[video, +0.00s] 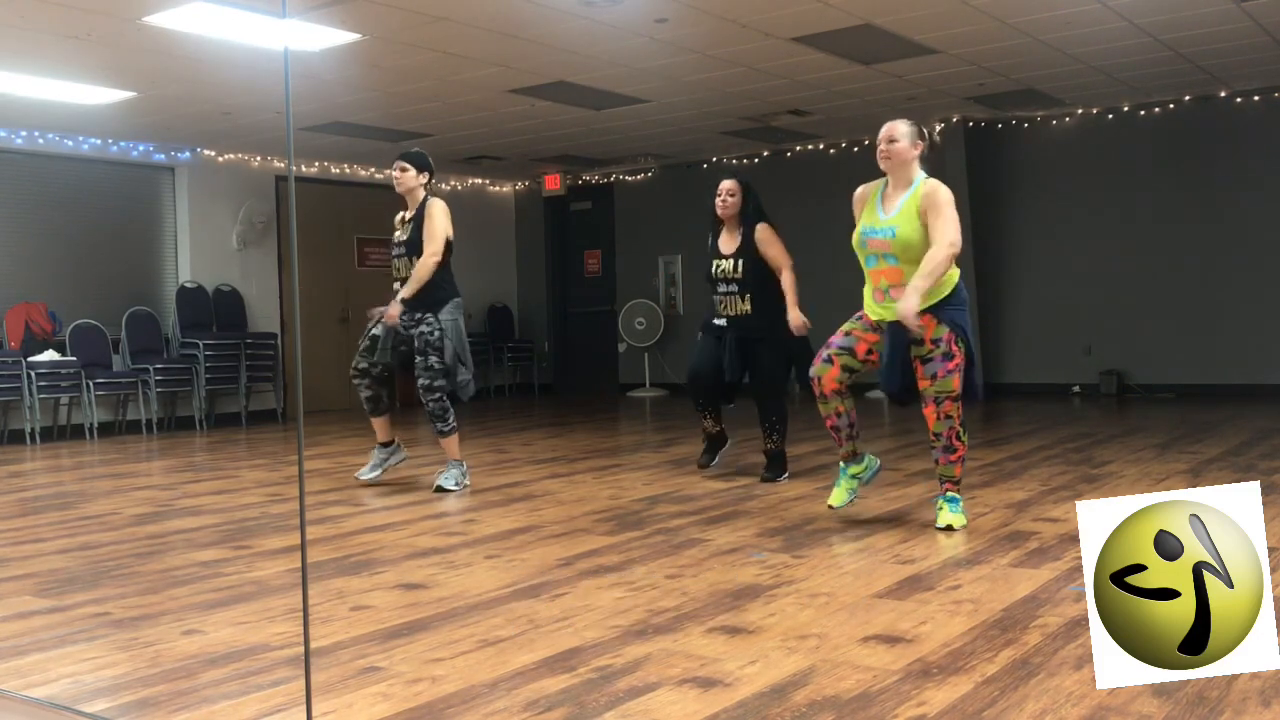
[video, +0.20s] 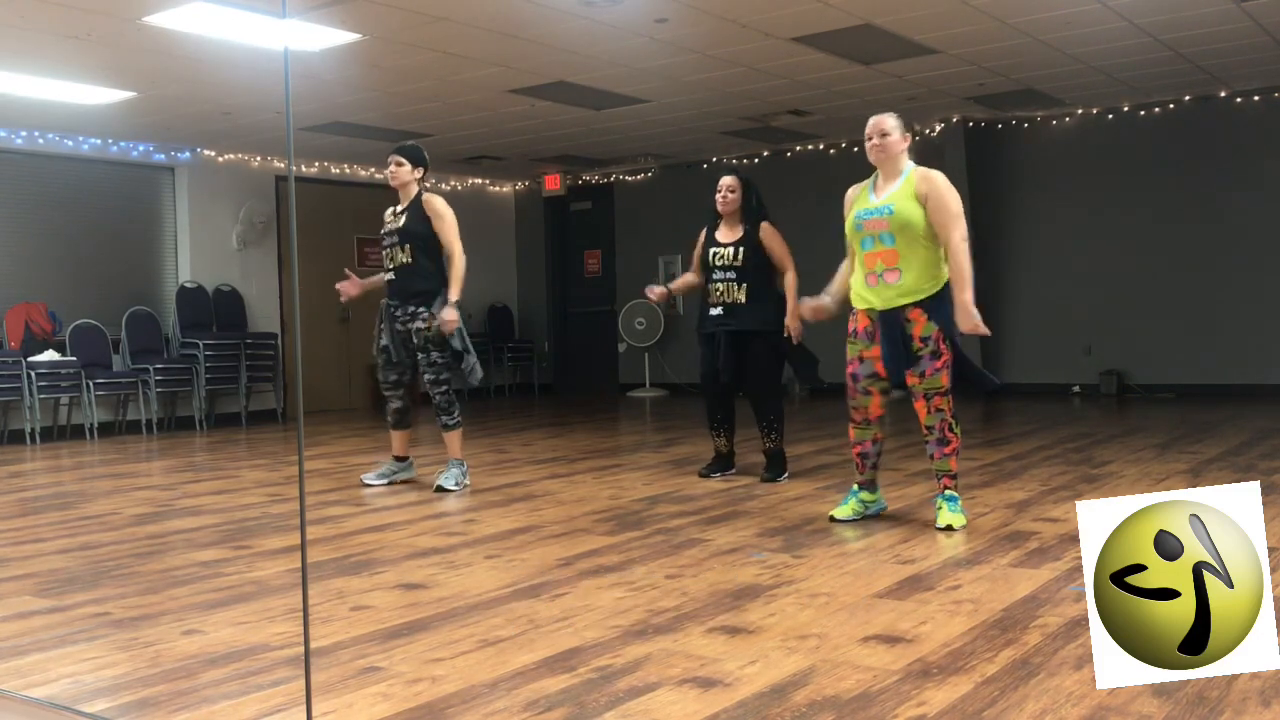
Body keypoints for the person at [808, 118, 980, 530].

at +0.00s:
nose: (883, 146)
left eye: (893, 139)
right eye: (880, 142)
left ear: (917, 149)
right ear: (875, 153)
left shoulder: (934, 193)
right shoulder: (864, 196)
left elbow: (947, 245)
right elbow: (873, 254)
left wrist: (913, 294)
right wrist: (879, 304)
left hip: (933, 313)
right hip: (878, 314)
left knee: (941, 403)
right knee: (825, 373)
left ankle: (950, 495)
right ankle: (855, 462)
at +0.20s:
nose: (873, 142)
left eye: (882, 134)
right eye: (868, 137)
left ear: (906, 140)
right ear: (864, 148)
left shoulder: (930, 182)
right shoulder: (855, 195)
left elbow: (956, 242)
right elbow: (854, 257)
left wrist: (964, 304)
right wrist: (830, 300)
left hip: (921, 309)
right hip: (867, 313)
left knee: (933, 402)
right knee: (861, 400)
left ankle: (948, 495)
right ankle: (867, 491)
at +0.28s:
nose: (871, 142)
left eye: (879, 135)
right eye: (864, 138)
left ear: (898, 142)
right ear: (857, 148)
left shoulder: (924, 184)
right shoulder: (845, 200)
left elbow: (966, 238)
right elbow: (831, 262)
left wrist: (977, 298)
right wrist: (795, 273)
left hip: (917, 310)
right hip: (861, 315)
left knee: (930, 402)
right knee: (864, 404)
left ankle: (947, 494)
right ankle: (867, 492)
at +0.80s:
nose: (884, 139)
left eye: (894, 132)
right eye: (880, 135)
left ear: (918, 140)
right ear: (876, 146)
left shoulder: (936, 191)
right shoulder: (866, 183)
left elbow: (951, 257)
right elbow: (847, 241)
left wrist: (927, 257)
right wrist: (836, 294)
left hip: (923, 312)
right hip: (870, 313)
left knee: (937, 404)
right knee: (864, 402)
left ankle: (955, 497)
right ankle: (866, 492)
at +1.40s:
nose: (895, 142)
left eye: (905, 134)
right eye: (890, 137)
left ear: (930, 141)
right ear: (887, 147)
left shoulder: (943, 188)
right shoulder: (876, 184)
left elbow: (956, 233)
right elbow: (863, 238)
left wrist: (950, 279)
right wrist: (861, 289)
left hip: (935, 312)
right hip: (885, 312)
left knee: (943, 404)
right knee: (838, 375)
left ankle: (956, 497)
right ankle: (853, 473)